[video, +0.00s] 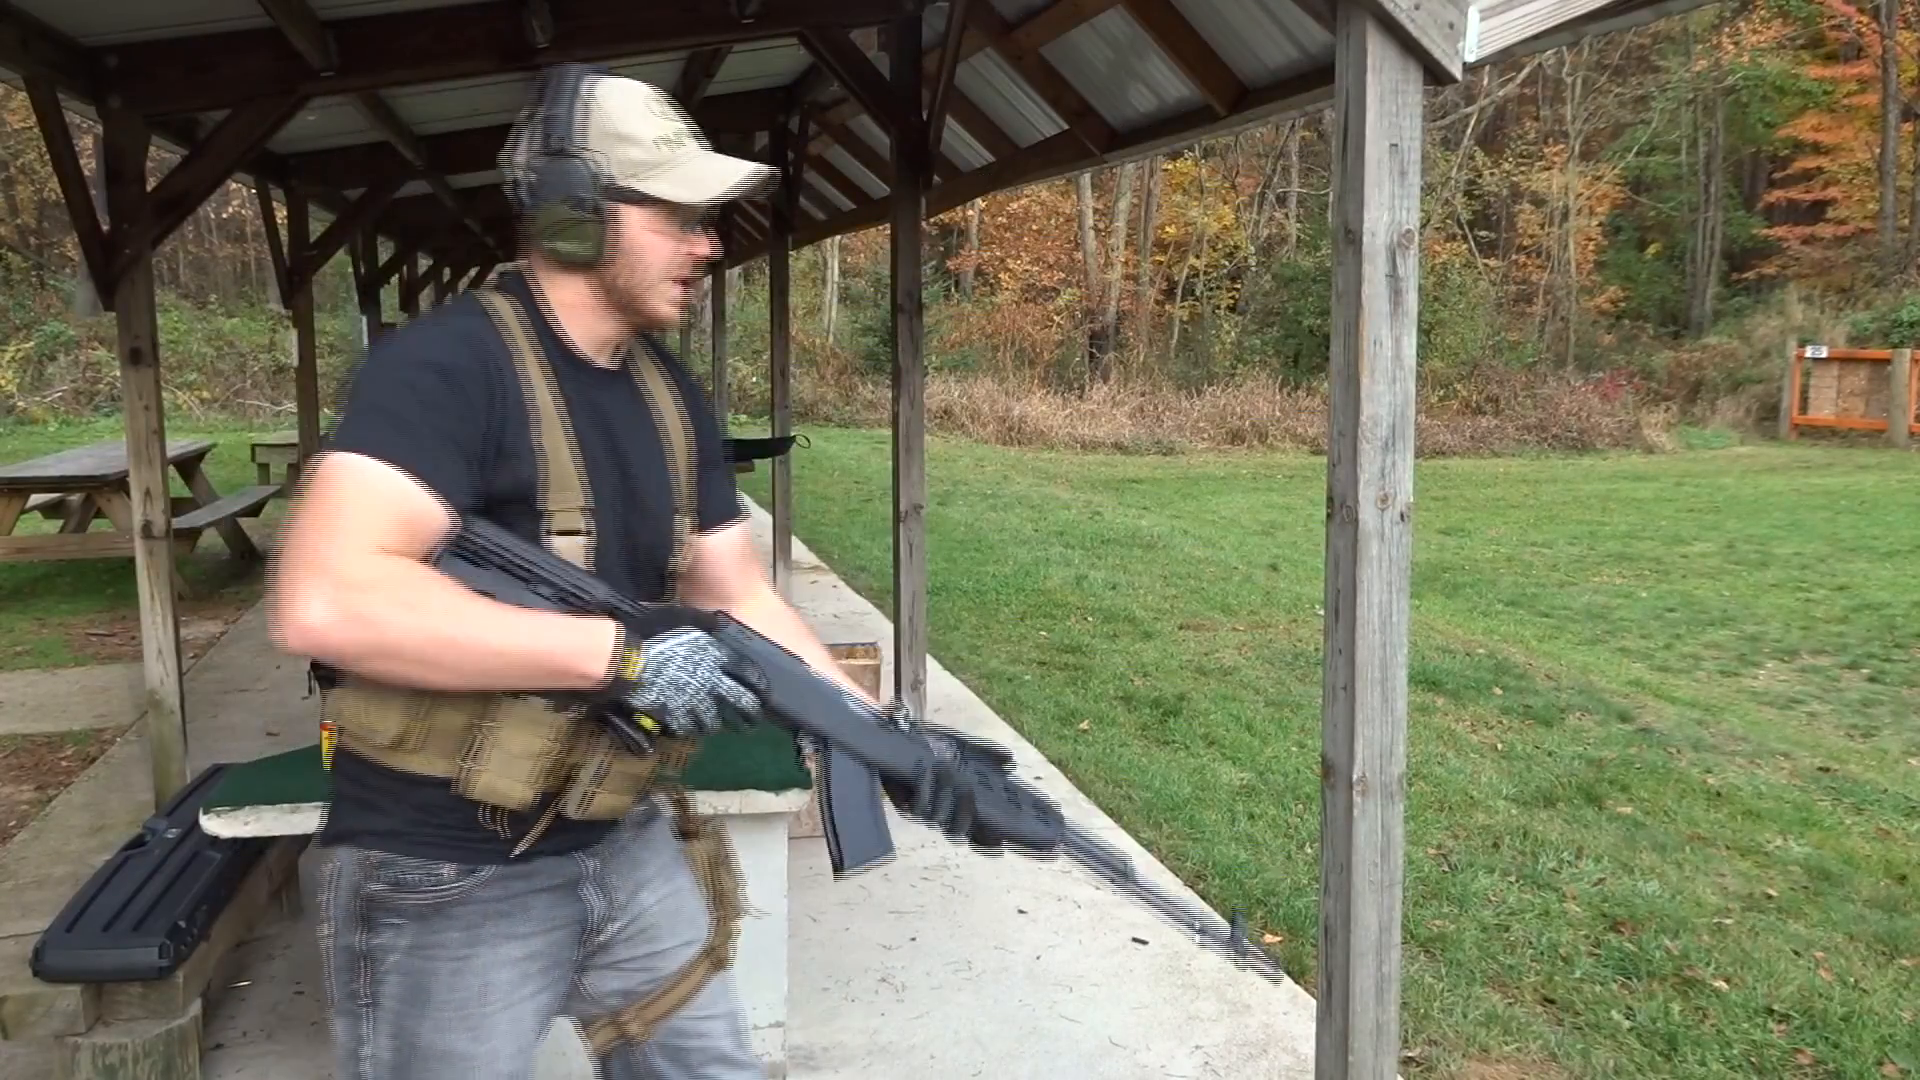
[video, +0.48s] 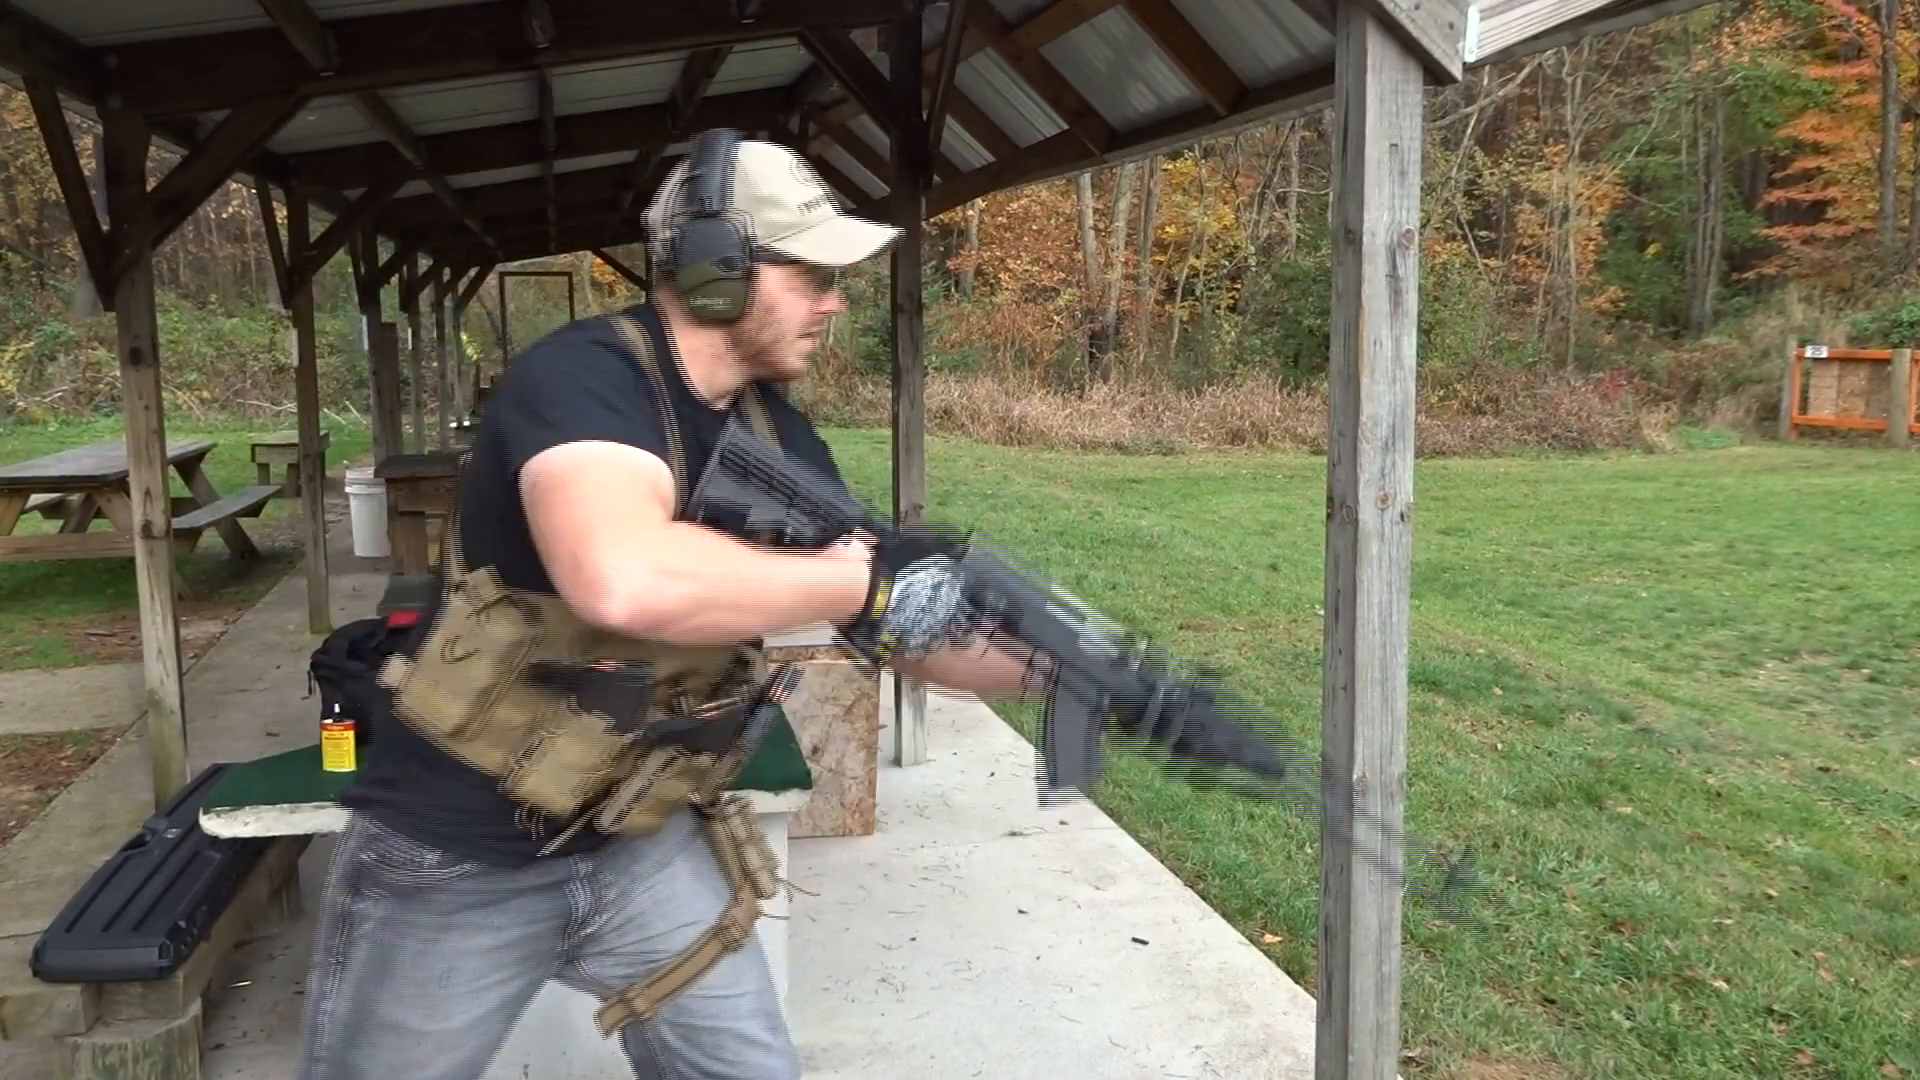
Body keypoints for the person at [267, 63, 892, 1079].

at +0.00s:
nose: (708, 250)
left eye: (709, 225)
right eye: (681, 220)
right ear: (577, 217)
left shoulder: (667, 394)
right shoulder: (442, 365)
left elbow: (742, 598)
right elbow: (328, 600)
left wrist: (884, 738)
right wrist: (619, 651)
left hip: (627, 850)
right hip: (442, 880)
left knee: (713, 1064)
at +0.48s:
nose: (834, 306)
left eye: (834, 281)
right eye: (811, 279)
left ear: (737, 282)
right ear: (715, 271)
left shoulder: (772, 427)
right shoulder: (577, 380)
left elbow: (878, 616)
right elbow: (624, 582)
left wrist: (1053, 664)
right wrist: (867, 585)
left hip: (651, 832)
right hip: (459, 855)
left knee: (753, 1066)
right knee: (369, 1071)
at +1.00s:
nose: (702, 344)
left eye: (707, 321)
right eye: (677, 320)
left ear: (688, 298)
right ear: (580, 298)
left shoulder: (658, 399)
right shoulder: (435, 379)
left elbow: (878, 476)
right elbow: (535, 605)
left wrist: (1059, 401)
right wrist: (717, 436)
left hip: (590, 840)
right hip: (395, 877)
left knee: (711, 1062)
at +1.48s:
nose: (691, 347)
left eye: (698, 325)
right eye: (665, 322)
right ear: (568, 297)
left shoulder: (652, 401)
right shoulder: (418, 378)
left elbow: (861, 483)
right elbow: (515, 606)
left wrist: (1031, 408)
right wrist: (703, 432)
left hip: (585, 844)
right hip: (387, 884)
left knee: (706, 1064)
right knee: (324, 1075)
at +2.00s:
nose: (672, 347)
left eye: (679, 323)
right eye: (646, 321)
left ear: (673, 301)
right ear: (548, 297)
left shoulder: (628, 397)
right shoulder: (396, 380)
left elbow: (846, 479)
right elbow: (495, 598)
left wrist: (1025, 399)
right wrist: (690, 427)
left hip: (582, 843)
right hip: (387, 886)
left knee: (704, 1064)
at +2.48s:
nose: (678, 350)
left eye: (685, 328)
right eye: (653, 326)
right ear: (552, 302)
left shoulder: (636, 396)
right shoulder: (402, 379)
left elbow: (845, 482)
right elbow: (495, 599)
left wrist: (1023, 404)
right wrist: (692, 431)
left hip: (582, 841)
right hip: (387, 883)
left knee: (703, 1064)